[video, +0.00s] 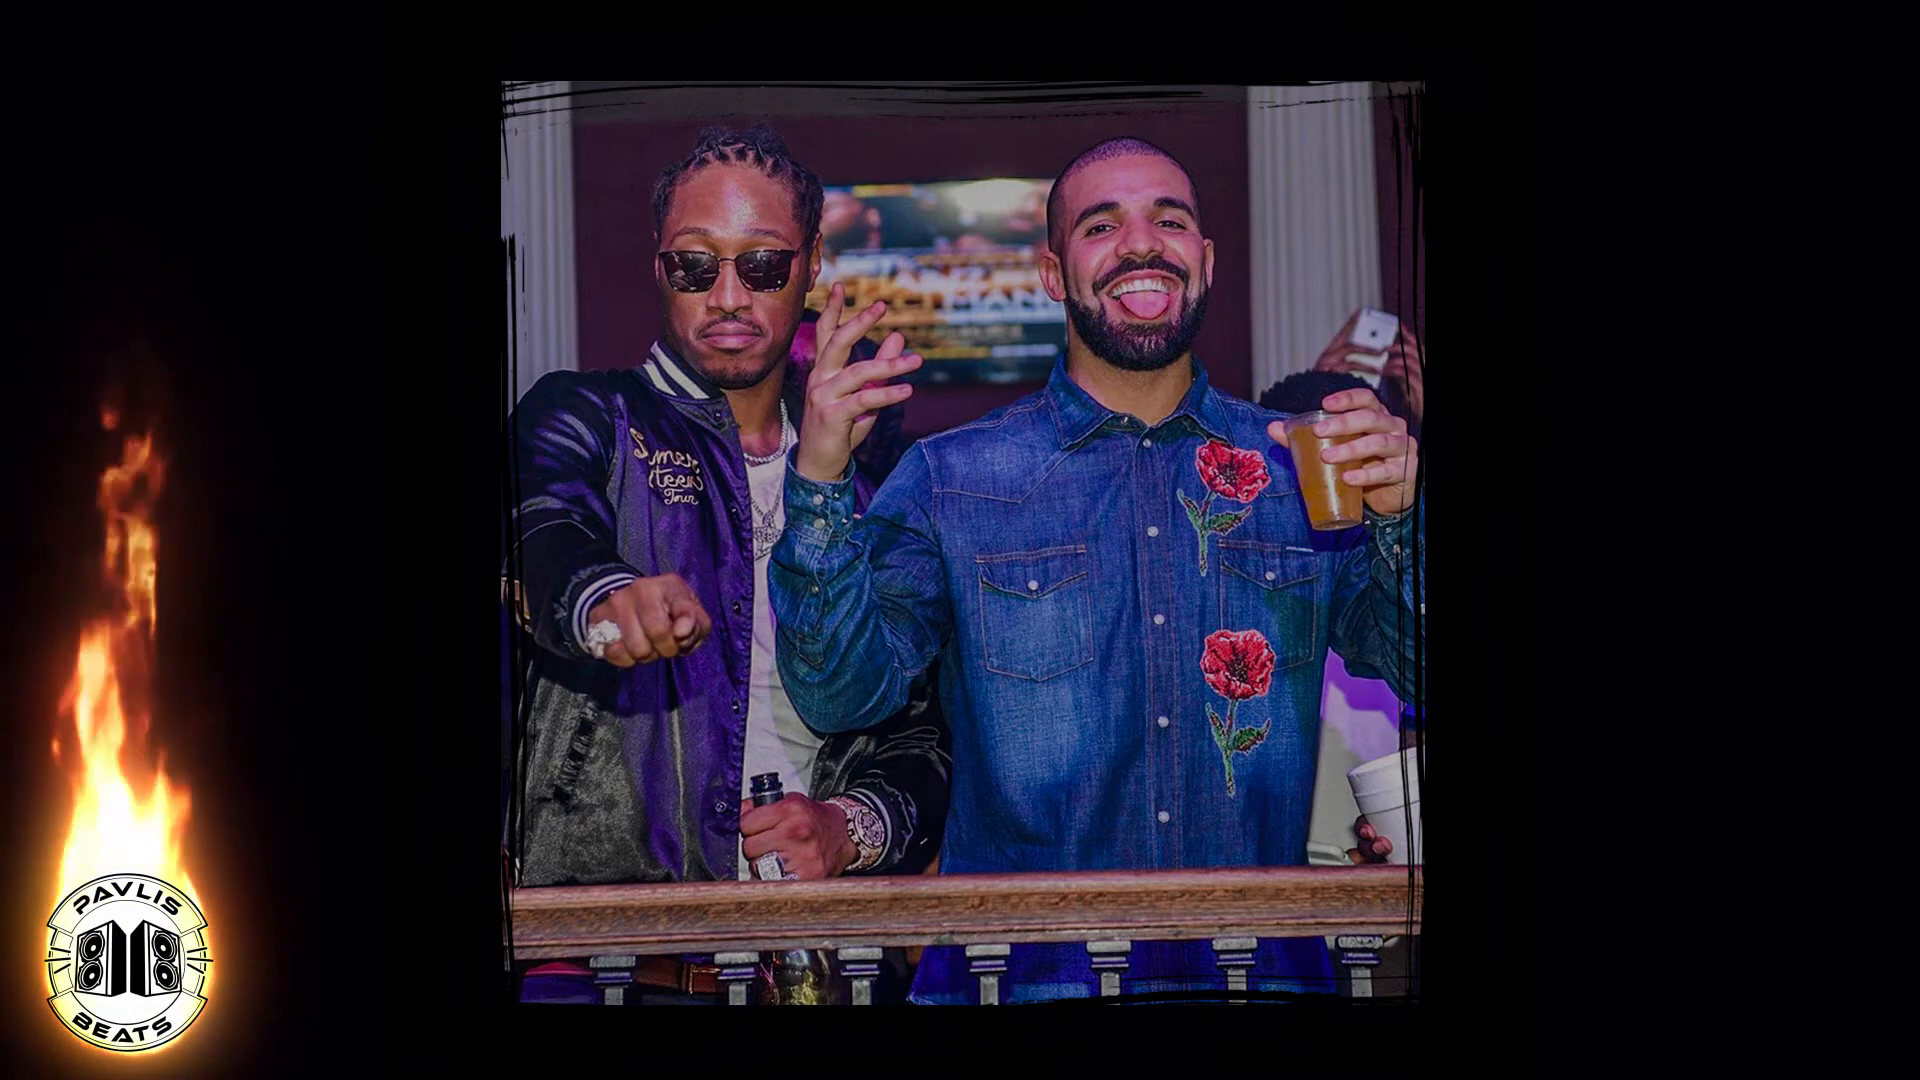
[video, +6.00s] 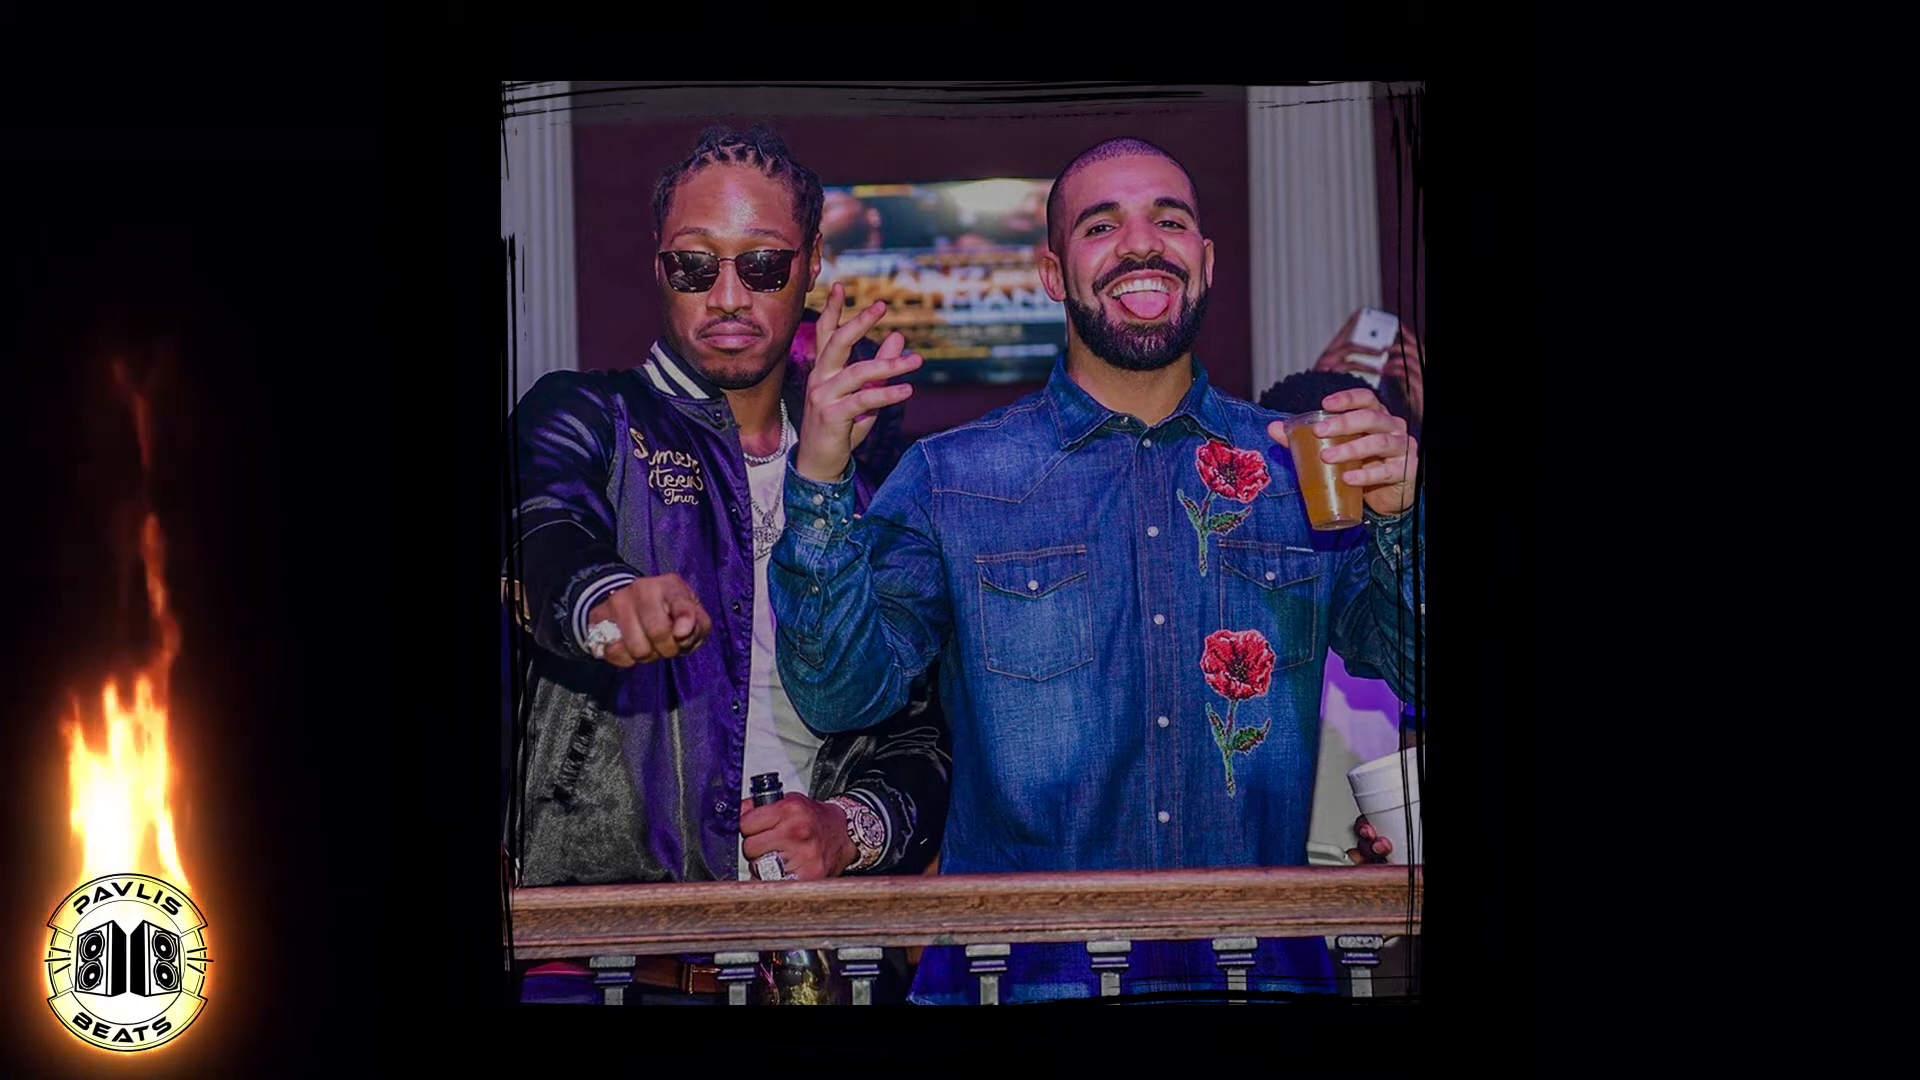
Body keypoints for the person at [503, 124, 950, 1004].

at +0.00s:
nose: (729, 296)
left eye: (763, 266)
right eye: (694, 266)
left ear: (811, 274)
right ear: (658, 274)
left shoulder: (876, 458)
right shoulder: (581, 411)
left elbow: (925, 724)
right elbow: (542, 526)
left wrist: (858, 825)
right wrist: (604, 596)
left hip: (827, 943)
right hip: (606, 943)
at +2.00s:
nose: (729, 296)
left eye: (764, 266)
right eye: (694, 266)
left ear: (811, 274)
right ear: (658, 273)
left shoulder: (879, 459)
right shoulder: (581, 412)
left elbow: (926, 724)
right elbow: (540, 525)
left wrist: (857, 825)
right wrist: (603, 595)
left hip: (827, 942)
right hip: (606, 942)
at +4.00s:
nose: (729, 296)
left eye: (763, 266)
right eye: (694, 266)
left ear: (811, 274)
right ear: (658, 272)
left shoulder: (878, 460)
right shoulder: (581, 412)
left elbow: (926, 726)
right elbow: (540, 525)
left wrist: (857, 826)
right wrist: (602, 595)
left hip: (827, 944)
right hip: (605, 943)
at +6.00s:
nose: (729, 296)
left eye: (764, 266)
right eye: (694, 266)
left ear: (811, 274)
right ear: (658, 272)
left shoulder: (878, 460)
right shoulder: (581, 412)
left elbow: (926, 725)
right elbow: (540, 525)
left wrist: (857, 826)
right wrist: (602, 595)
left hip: (827, 944)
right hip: (605, 943)